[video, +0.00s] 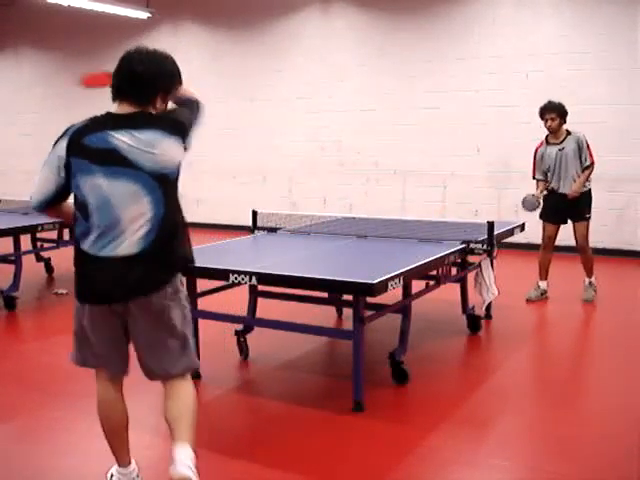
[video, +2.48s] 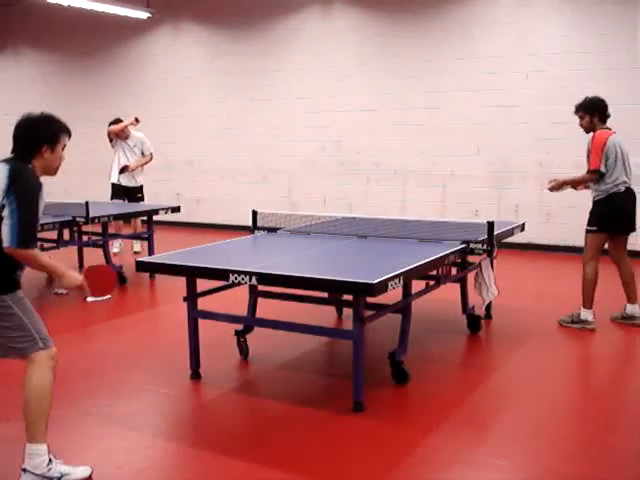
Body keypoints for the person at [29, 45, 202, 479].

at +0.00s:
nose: (170, 100)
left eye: (170, 93)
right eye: (169, 94)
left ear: (117, 87)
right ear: (158, 97)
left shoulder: (76, 137)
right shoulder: (168, 136)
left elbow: (44, 200)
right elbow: (190, 106)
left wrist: (80, 217)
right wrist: (170, 95)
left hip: (97, 281)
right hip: (156, 279)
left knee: (108, 376)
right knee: (176, 372)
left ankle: (124, 470)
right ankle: (183, 461)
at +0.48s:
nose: (126, 107)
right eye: (126, 101)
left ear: (83, 100)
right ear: (126, 103)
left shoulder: (57, 145)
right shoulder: (139, 146)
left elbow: (40, 206)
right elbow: (171, 184)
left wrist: (71, 209)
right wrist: (134, 163)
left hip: (80, 270)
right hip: (129, 267)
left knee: (93, 357)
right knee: (122, 347)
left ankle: (119, 450)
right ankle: (118, 416)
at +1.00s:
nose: (100, 114)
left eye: (101, 108)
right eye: (100, 108)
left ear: (60, 103)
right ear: (88, 106)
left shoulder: (29, 139)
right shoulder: (92, 143)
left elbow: (10, 193)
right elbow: (117, 200)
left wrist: (39, 214)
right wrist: (117, 222)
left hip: (46, 255)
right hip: (92, 255)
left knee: (32, 321)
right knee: (105, 331)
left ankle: (6, 392)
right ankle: (114, 416)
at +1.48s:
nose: (45, 114)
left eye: (47, 107)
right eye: (43, 106)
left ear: (18, 104)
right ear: (23, 103)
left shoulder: (9, 132)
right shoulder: (11, 132)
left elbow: (12, 191)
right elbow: (5, 188)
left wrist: (48, 221)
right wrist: (49, 213)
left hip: (9, 247)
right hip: (23, 248)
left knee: (1, 321)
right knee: (47, 320)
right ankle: (57, 416)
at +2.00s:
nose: (65, 134)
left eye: (65, 127)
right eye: (63, 126)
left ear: (29, 123)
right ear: (47, 124)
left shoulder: (8, 150)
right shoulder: (42, 153)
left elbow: (14, 211)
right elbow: (49, 214)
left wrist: (48, 242)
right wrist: (71, 245)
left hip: (1, 267)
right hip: (16, 271)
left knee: (6, 336)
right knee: (44, 352)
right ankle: (37, 460)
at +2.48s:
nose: (64, 157)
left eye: (64, 149)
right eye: (61, 149)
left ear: (32, 148)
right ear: (43, 149)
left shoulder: (9, 172)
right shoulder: (24, 180)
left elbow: (14, 244)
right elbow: (15, 246)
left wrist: (53, 272)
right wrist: (61, 271)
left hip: (7, 289)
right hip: (4, 290)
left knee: (41, 352)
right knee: (42, 354)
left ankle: (37, 458)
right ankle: (37, 460)